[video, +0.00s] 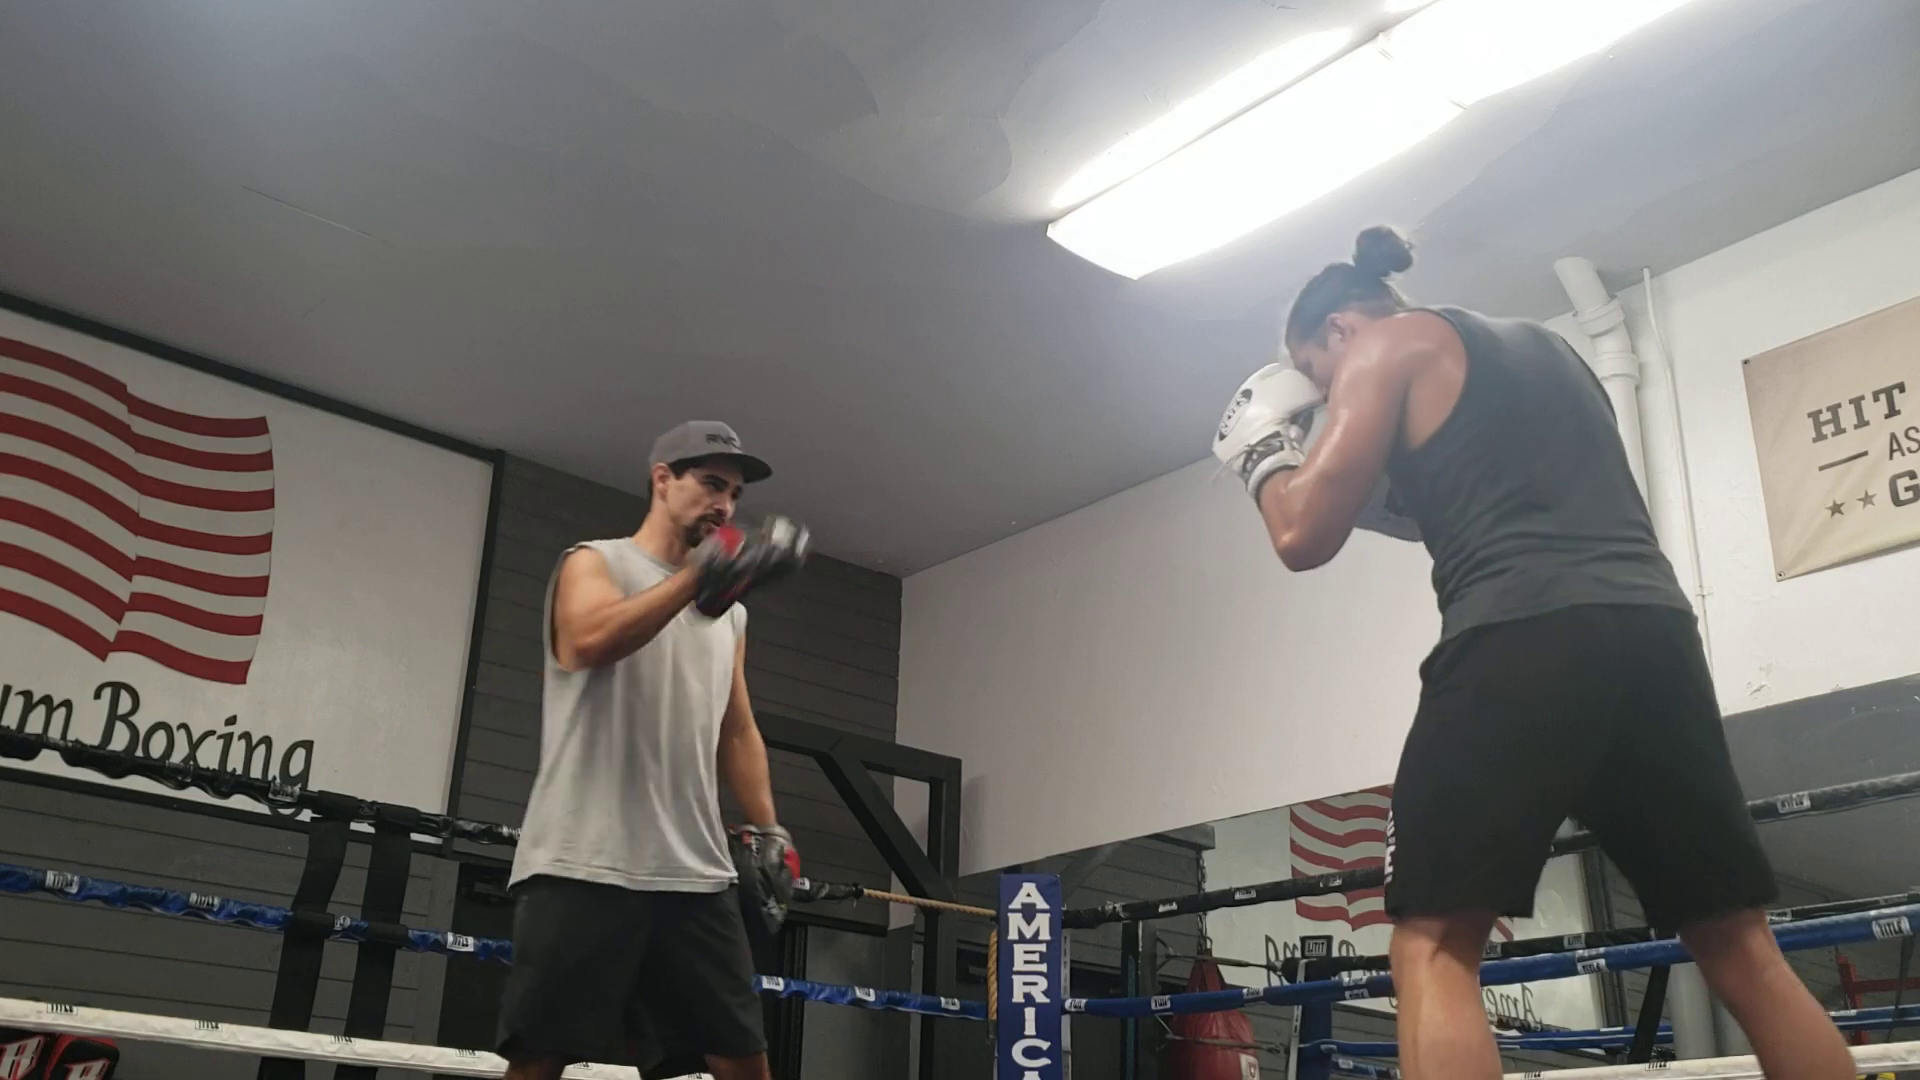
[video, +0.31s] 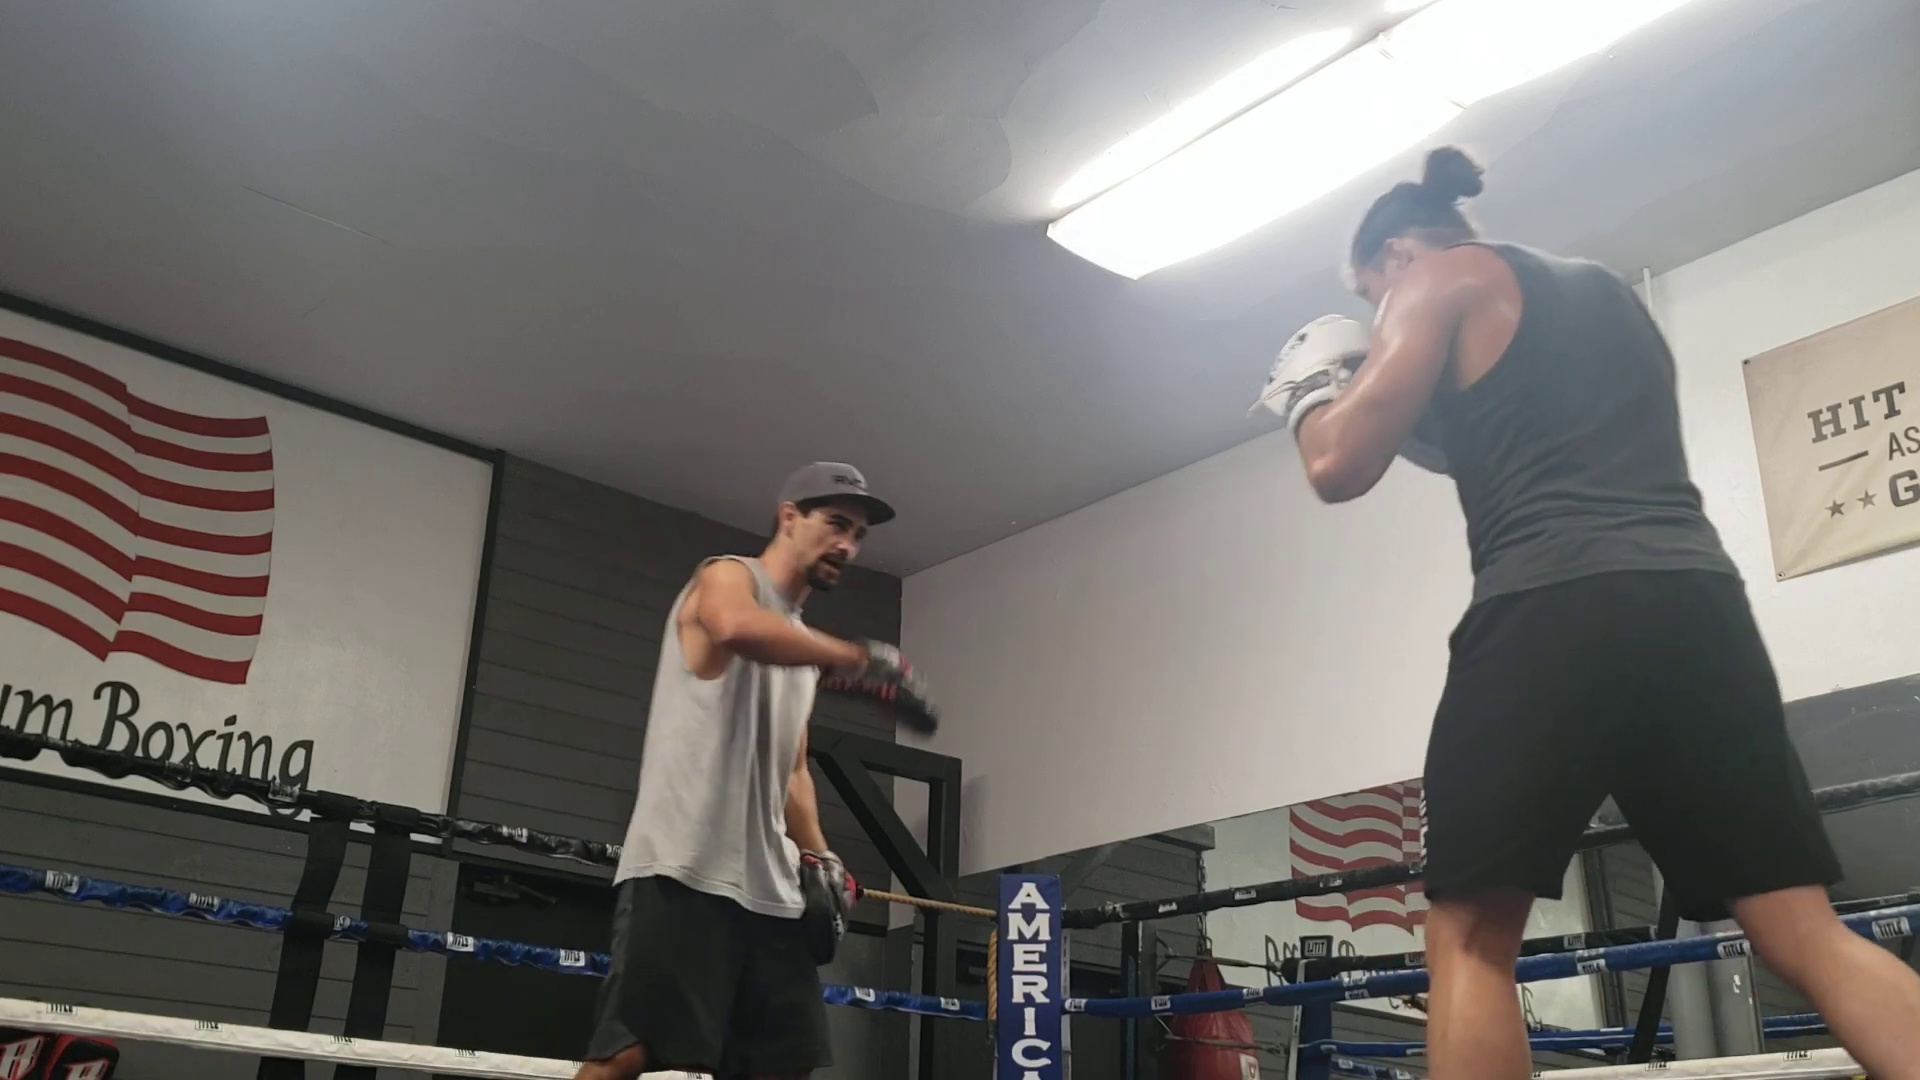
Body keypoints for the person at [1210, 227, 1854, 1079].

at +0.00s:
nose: (1325, 388)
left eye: (1318, 369)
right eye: (1315, 377)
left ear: (1341, 324)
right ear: (1389, 297)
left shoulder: (1388, 343)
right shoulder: (1545, 348)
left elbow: (1301, 533)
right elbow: (1457, 504)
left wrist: (1263, 450)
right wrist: (1325, 473)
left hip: (1517, 647)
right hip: (1655, 638)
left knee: (1434, 950)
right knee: (1742, 948)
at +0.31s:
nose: (1383, 313)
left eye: (1376, 294)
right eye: (1372, 303)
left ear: (1401, 252)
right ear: (1461, 228)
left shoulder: (1439, 279)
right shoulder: (1609, 291)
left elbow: (1334, 466)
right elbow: (1507, 447)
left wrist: (1312, 392)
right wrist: (1378, 384)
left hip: (1547, 623)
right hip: (1700, 610)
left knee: (1471, 944)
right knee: (1808, 931)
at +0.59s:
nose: (1515, 287)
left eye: (1513, 268)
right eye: (1510, 278)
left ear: (1547, 240)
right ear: (1615, 218)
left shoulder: (1578, 247)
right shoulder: (1766, 305)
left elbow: (1469, 378)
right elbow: (1675, 467)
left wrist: (1412, 371)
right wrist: (1512, 425)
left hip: (1613, 627)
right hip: (1782, 623)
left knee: (1481, 930)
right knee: (1871, 941)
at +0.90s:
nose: (1420, 315)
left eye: (1417, 287)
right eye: (1410, 296)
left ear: (1467, 246)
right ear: (1489, 245)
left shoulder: (1531, 292)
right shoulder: (1659, 317)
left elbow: (1409, 473)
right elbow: (1569, 529)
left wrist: (1362, 390)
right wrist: (1464, 420)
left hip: (1625, 634)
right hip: (1776, 631)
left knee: (1476, 939)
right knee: (1838, 952)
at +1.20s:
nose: (1371, 367)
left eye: (1361, 347)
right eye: (1359, 355)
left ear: (1388, 303)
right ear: (1424, 285)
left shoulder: (1478, 322)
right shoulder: (1595, 361)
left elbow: (1366, 502)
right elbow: (1549, 575)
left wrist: (1325, 419)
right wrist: (1446, 516)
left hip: (1597, 644)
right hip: (1727, 639)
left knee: (1464, 947)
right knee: (1802, 972)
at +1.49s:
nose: (1482, 501)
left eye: (1486, 482)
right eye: (1483, 490)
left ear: (1514, 451)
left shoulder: (1539, 457)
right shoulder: (1711, 504)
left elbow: (1431, 586)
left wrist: (1404, 570)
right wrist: (1533, 652)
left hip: (1659, 749)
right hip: (1804, 755)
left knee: (1439, 993)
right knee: (1839, 1038)